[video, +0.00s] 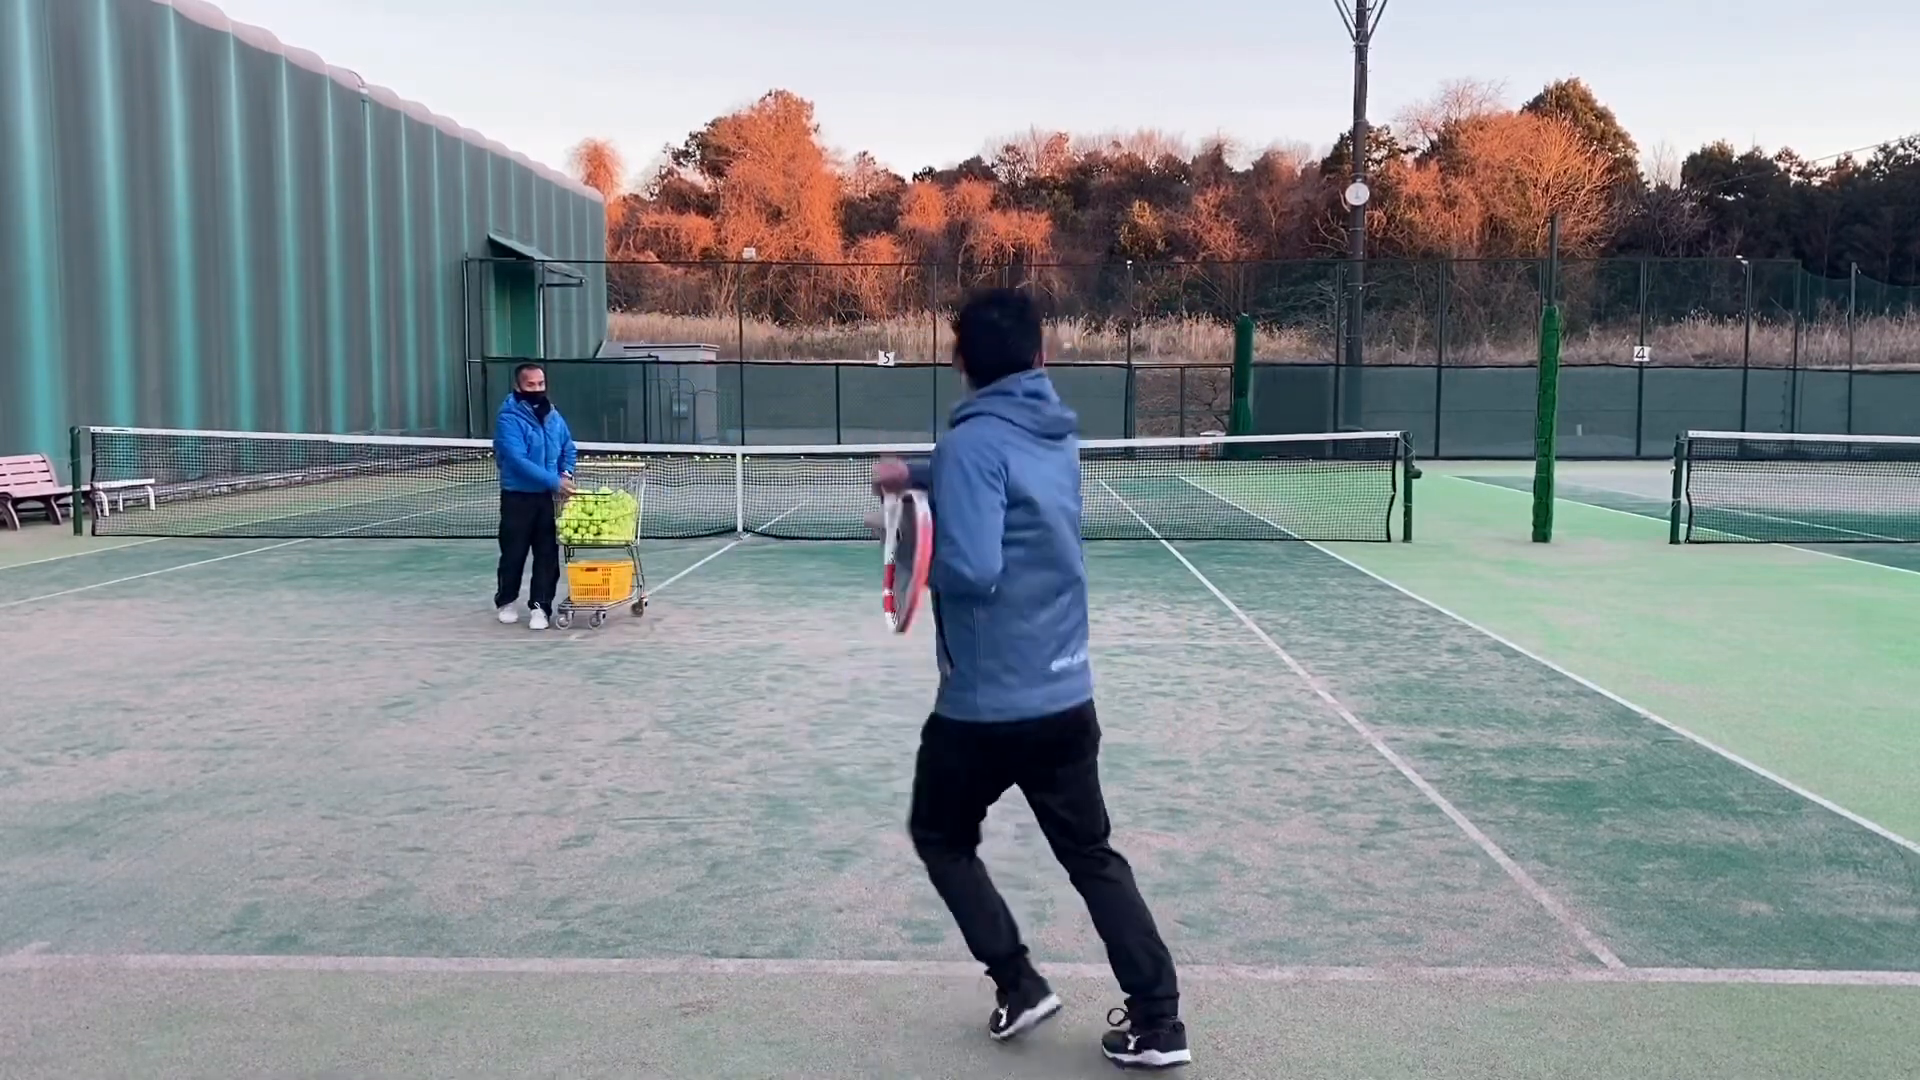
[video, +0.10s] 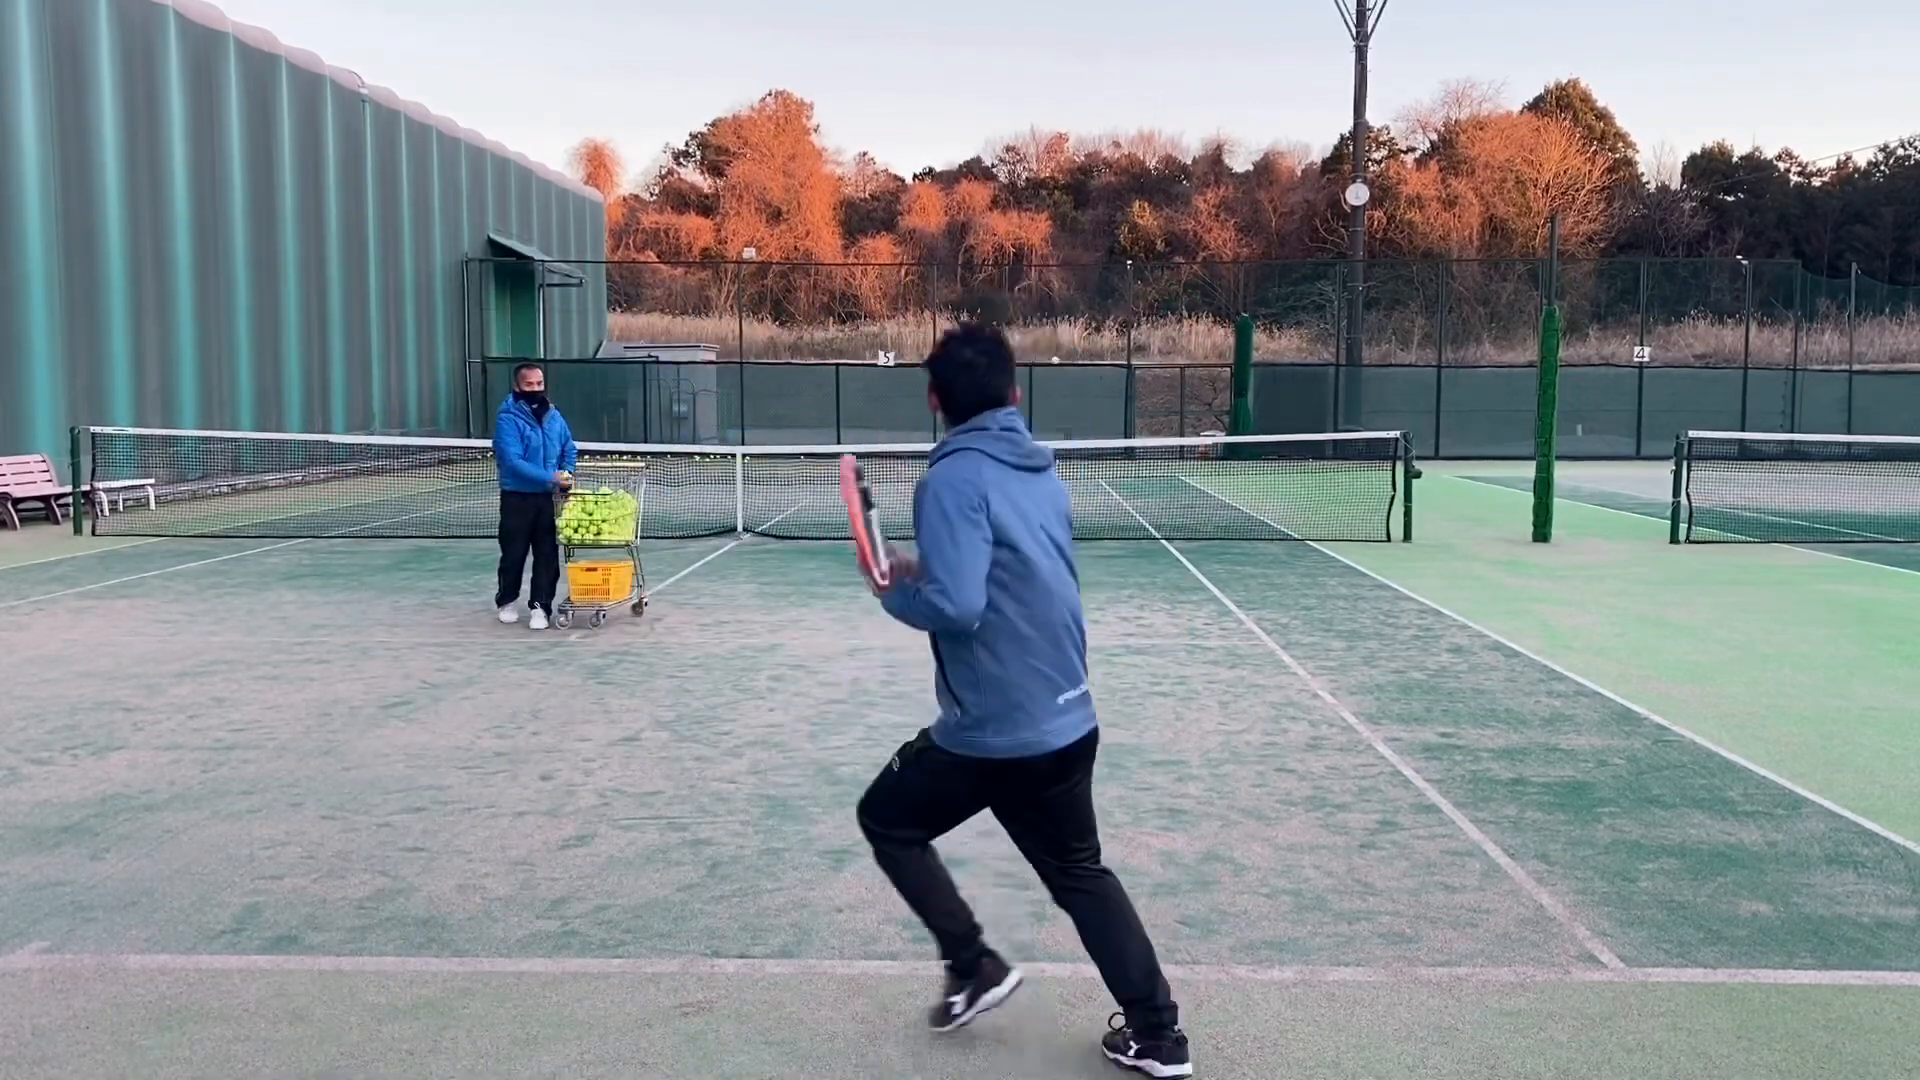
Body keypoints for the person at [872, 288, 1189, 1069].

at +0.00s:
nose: (952, 362)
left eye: (954, 352)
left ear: (962, 360)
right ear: (1041, 354)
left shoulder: (970, 445)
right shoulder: (1056, 433)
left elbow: (974, 569)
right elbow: (995, 475)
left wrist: (914, 520)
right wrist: (916, 472)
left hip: (985, 710)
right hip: (1064, 700)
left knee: (941, 836)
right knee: (1092, 854)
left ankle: (1018, 983)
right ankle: (1158, 1021)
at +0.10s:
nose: (926, 395)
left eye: (928, 385)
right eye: (930, 383)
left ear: (936, 397)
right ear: (1011, 391)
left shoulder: (953, 479)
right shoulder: (1038, 469)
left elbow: (956, 605)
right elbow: (1034, 578)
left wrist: (895, 592)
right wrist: (930, 569)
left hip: (997, 732)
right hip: (1063, 720)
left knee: (887, 819)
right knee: (1081, 875)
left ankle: (971, 965)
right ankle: (1158, 1035)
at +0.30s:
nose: (843, 394)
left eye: (844, 383)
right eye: (930, 377)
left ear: (850, 389)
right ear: (927, 384)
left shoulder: (845, 477)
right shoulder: (967, 470)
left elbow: (826, 604)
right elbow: (1013, 584)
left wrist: (811, 556)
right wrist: (925, 591)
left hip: (886, 735)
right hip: (980, 722)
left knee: (799, 864)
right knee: (1036, 864)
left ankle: (810, 1044)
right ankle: (1142, 1016)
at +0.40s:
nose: (791, 368)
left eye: (792, 359)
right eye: (883, 355)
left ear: (801, 366)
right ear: (879, 362)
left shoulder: (777, 457)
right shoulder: (923, 459)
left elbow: (739, 581)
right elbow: (966, 572)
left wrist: (747, 530)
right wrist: (883, 572)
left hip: (818, 728)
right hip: (916, 717)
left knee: (772, 869)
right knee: (971, 858)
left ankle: (809, 1045)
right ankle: (1077, 1013)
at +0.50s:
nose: (750, 331)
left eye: (752, 320)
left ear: (758, 328)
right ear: (835, 323)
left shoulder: (727, 420)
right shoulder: (883, 425)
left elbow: (681, 542)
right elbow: (921, 547)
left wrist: (717, 504)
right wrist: (842, 549)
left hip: (766, 692)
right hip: (866, 685)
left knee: (772, 860)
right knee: (888, 847)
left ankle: (802, 1039)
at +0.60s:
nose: (709, 322)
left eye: (711, 311)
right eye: (717, 310)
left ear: (719, 316)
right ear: (796, 312)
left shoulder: (685, 411)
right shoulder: (849, 415)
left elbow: (635, 533)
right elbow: (884, 538)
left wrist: (700, 508)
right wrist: (807, 547)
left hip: (717, 674)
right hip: (817, 672)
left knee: (724, 849)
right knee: (807, 849)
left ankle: (738, 1039)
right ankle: (803, 1046)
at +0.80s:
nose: (626, 375)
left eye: (627, 364)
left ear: (630, 376)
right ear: (712, 376)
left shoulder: (586, 472)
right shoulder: (752, 483)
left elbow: (523, 588)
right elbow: (789, 611)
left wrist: (595, 575)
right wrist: (708, 605)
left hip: (606, 752)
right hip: (721, 753)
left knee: (529, 894)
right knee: (763, 906)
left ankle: (443, 1053)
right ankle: (776, 1064)